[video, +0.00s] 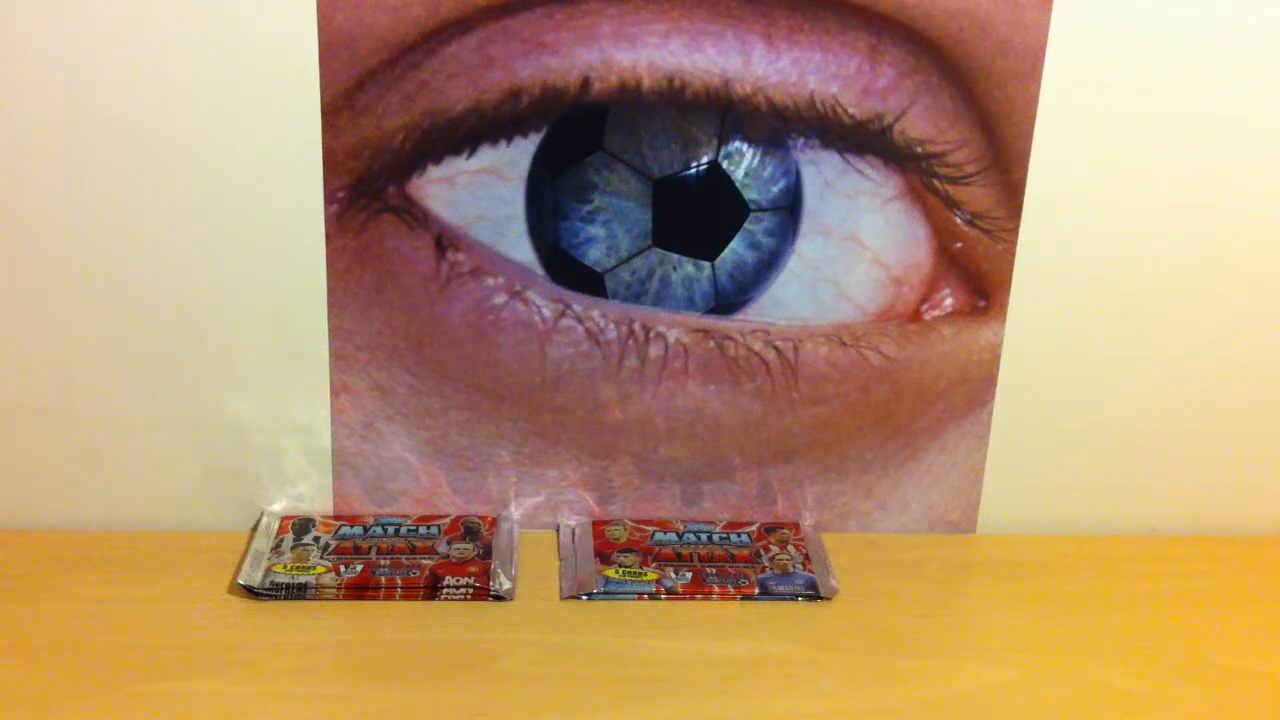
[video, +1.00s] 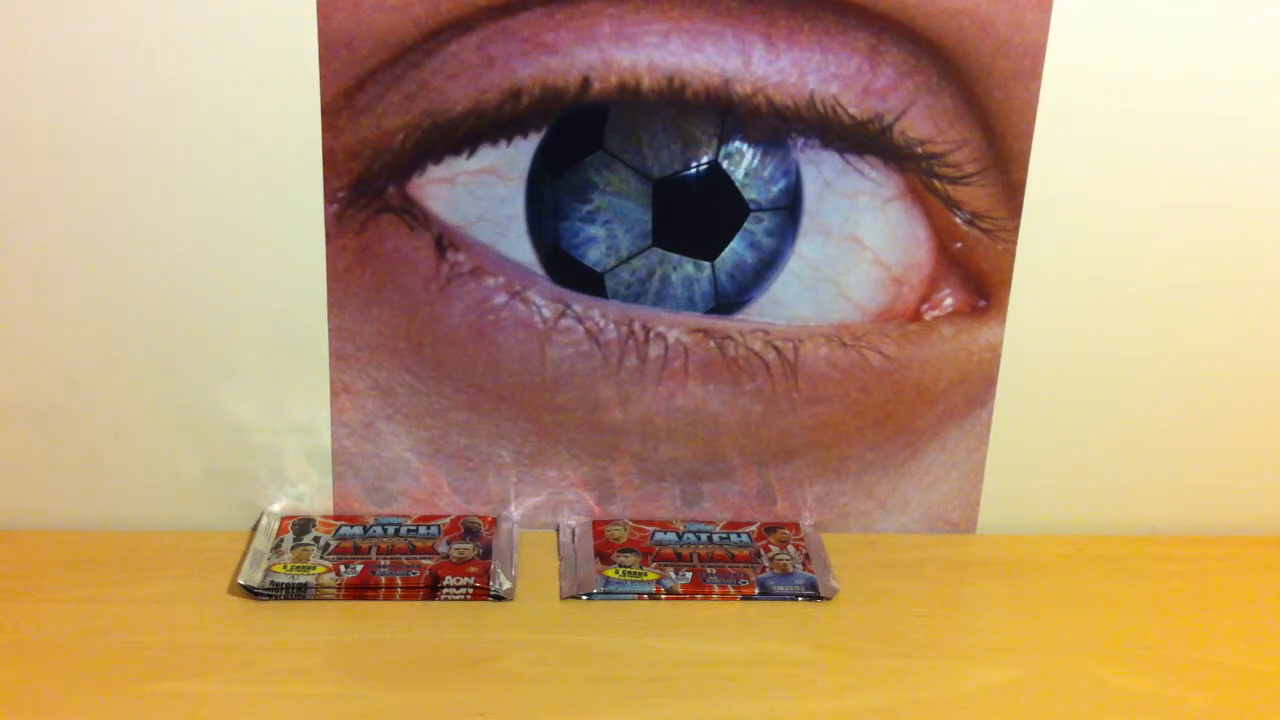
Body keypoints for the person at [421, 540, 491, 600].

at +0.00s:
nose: (461, 551)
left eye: (465, 548)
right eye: (456, 548)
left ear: (474, 550)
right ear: (449, 550)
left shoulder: (483, 567)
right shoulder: (436, 568)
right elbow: (426, 598)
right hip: (443, 612)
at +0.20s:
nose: (461, 551)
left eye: (465, 548)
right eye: (456, 548)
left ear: (474, 550)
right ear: (449, 550)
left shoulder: (483, 567)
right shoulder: (436, 568)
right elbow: (426, 598)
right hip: (443, 612)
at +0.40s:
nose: (461, 551)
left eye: (465, 548)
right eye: (456, 548)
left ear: (474, 550)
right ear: (449, 550)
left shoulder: (483, 567)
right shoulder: (436, 568)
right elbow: (426, 598)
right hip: (443, 612)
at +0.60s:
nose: (461, 550)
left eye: (465, 547)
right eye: (456, 547)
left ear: (474, 550)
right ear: (449, 550)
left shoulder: (484, 567)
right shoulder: (437, 568)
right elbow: (426, 598)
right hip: (443, 612)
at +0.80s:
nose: (461, 550)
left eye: (465, 547)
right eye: (456, 547)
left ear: (474, 550)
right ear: (449, 550)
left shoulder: (484, 567)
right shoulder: (437, 568)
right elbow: (426, 598)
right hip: (443, 612)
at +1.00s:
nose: (461, 550)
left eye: (465, 547)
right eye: (456, 547)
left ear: (474, 550)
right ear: (449, 550)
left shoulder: (484, 567)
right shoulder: (437, 568)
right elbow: (426, 598)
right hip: (443, 612)